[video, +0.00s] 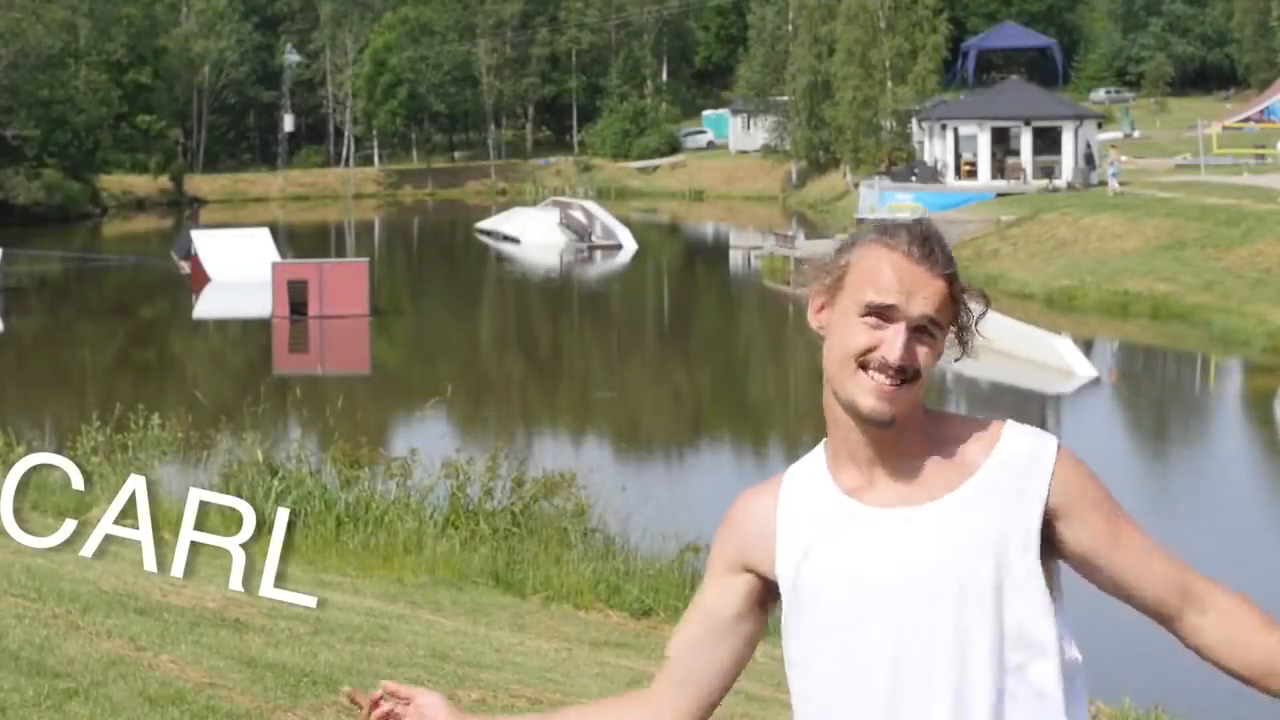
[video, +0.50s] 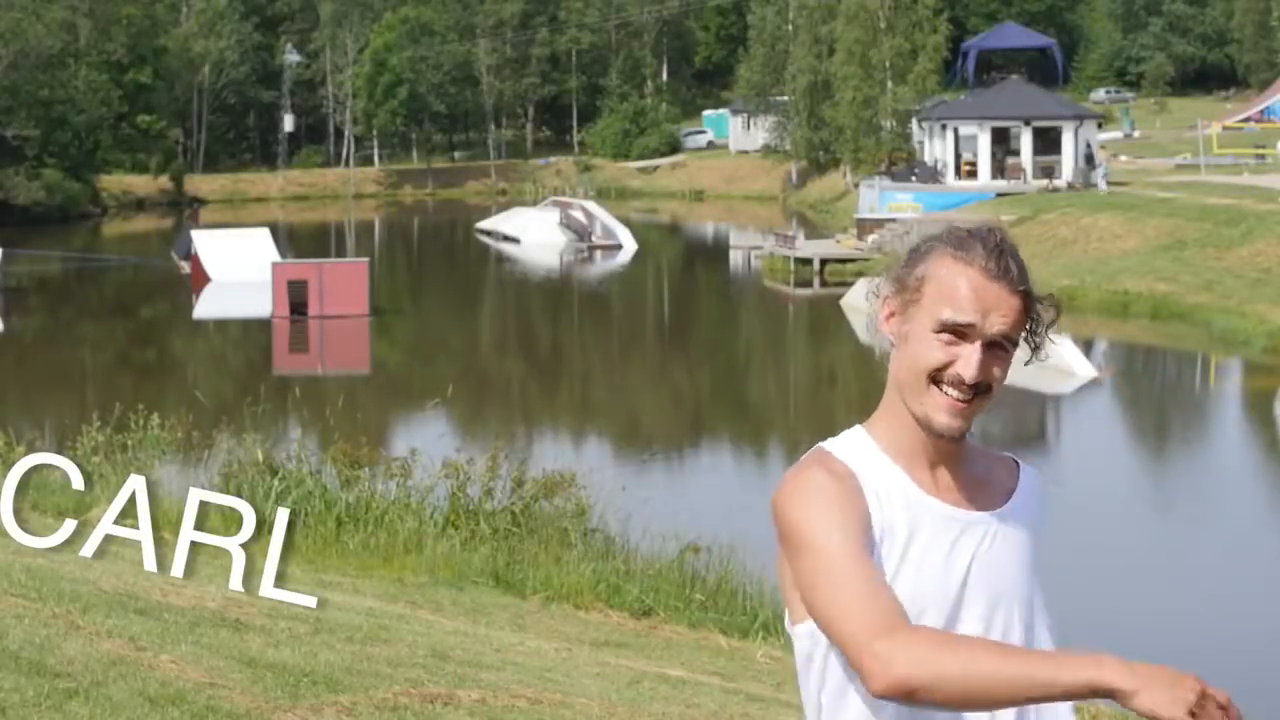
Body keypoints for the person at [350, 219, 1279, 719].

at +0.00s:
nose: (899, 346)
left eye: (925, 328)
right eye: (876, 316)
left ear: (948, 344)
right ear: (818, 318)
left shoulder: (1028, 468)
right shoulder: (764, 520)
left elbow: (1196, 609)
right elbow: (662, 707)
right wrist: (464, 719)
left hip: (1021, 715)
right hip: (853, 718)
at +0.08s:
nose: (926, 362)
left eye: (953, 342)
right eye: (907, 326)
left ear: (971, 354)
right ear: (846, 316)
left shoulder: (1041, 484)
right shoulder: (770, 526)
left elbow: (1173, 640)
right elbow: (686, 706)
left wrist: (1272, 708)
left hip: (1033, 706)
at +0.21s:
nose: (952, 383)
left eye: (978, 362)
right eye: (934, 344)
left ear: (993, 373)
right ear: (872, 325)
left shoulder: (1039, 500)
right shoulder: (796, 522)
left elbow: (1117, 678)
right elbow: (709, 702)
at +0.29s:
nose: (959, 387)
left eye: (986, 367)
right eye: (943, 349)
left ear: (1001, 376)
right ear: (883, 326)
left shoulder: (1033, 503)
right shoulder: (803, 518)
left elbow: (1073, 677)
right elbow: (755, 703)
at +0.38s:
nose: (962, 382)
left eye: (992, 359)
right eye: (946, 342)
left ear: (1007, 367)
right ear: (887, 323)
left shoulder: (1027, 495)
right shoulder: (810, 506)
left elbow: (1018, 668)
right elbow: (821, 694)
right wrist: (1002, 716)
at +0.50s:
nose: (974, 368)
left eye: (999, 346)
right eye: (952, 333)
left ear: (1017, 352)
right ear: (893, 319)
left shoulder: (1021, 487)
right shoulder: (820, 489)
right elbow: (890, 663)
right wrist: (1118, 676)